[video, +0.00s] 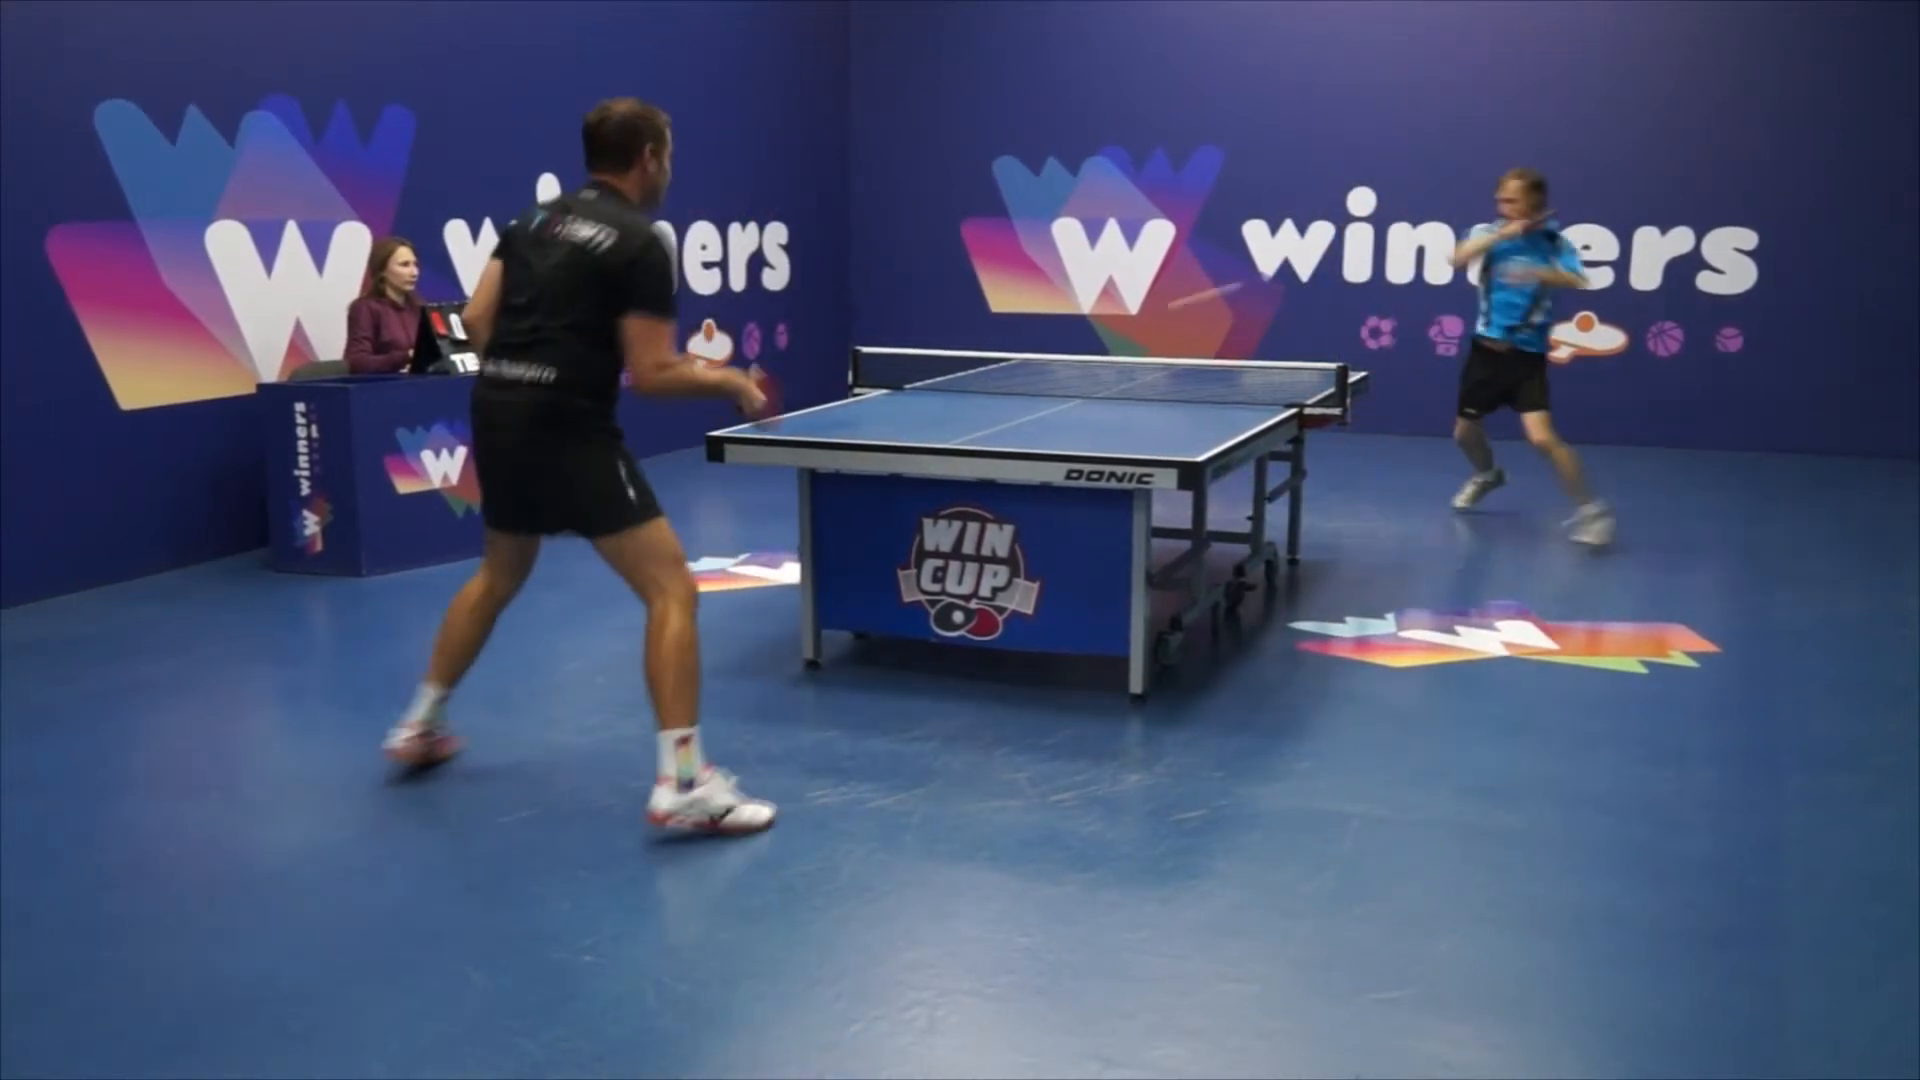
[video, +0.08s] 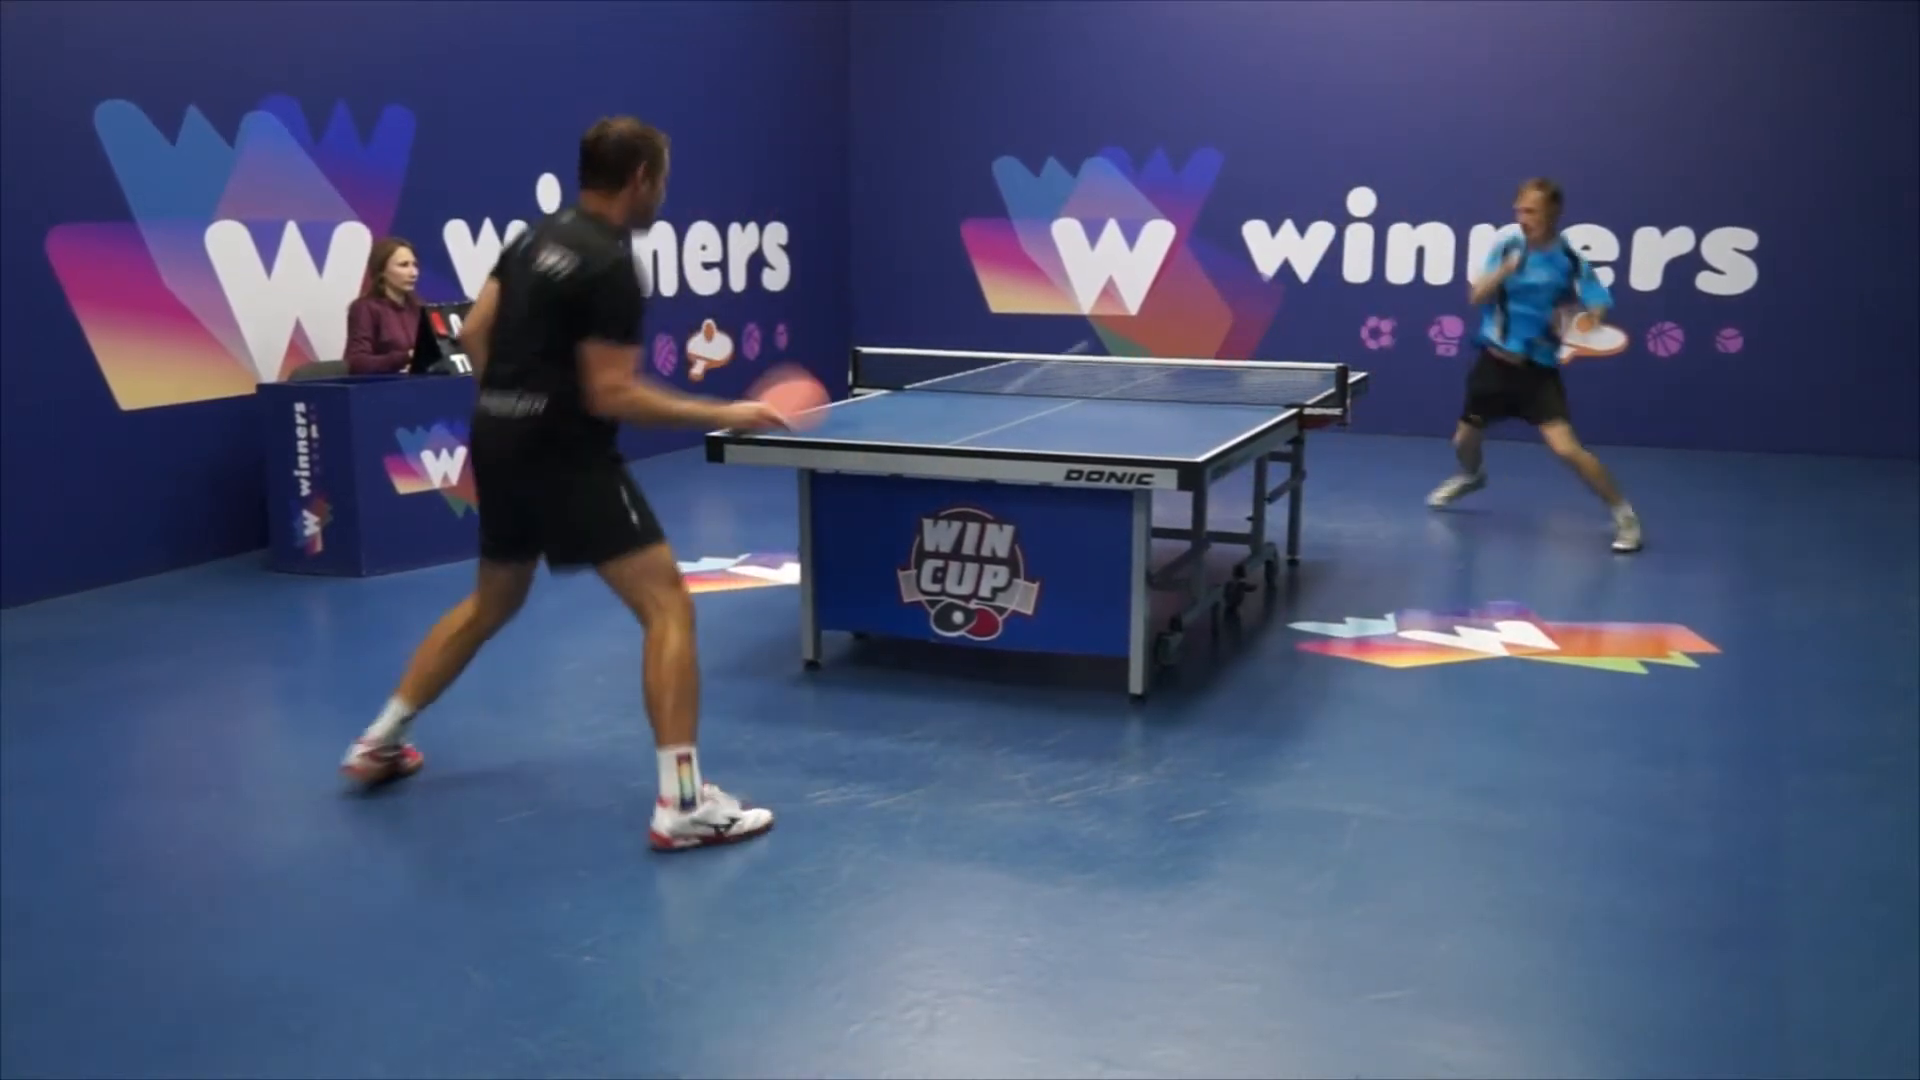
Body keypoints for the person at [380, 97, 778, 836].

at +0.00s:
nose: (669, 170)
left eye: (665, 157)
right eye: (666, 158)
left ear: (595, 158)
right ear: (648, 161)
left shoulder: (535, 220)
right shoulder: (642, 242)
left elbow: (479, 319)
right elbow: (651, 371)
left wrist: (536, 357)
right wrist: (733, 380)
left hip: (498, 422)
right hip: (573, 431)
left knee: (499, 573)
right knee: (671, 589)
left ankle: (419, 721)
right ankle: (682, 779)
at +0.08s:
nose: (662, 192)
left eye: (661, 180)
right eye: (660, 180)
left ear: (590, 175)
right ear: (636, 182)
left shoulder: (535, 238)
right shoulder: (610, 263)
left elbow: (476, 331)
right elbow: (610, 391)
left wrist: (508, 404)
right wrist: (724, 414)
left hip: (498, 448)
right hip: (571, 454)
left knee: (492, 603)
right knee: (667, 607)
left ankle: (379, 738)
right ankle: (682, 799)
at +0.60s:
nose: (536, 190)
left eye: (532, 179)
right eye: (533, 180)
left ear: (456, 188)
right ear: (516, 188)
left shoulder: (405, 270)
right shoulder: (543, 284)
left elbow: (387, 388)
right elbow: (593, 390)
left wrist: (453, 381)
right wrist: (609, 326)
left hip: (422, 478)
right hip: (508, 482)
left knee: (409, 600)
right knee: (618, 625)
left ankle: (344, 744)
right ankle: (624, 797)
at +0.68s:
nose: (556, 191)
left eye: (551, 179)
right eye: (552, 181)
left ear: (479, 193)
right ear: (538, 193)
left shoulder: (428, 270)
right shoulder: (563, 286)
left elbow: (384, 384)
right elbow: (599, 405)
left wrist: (432, 415)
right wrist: (617, 347)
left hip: (433, 484)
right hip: (520, 491)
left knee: (415, 603)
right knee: (627, 631)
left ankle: (344, 745)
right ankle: (629, 803)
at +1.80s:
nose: (928, 249)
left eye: (928, 236)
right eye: (929, 237)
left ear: (861, 218)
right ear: (909, 235)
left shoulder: (797, 260)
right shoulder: (868, 321)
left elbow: (714, 292)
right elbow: (907, 447)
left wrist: (658, 305)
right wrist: (1027, 439)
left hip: (705, 470)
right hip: (771, 504)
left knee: (746, 552)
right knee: (856, 677)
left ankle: (672, 691)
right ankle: (765, 855)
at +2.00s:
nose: (931, 212)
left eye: (924, 201)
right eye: (930, 203)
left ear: (854, 206)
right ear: (918, 209)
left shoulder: (804, 271)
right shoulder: (947, 291)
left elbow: (719, 349)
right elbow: (1000, 340)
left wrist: (691, 370)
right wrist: (1030, 319)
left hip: (785, 469)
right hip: (856, 477)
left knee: (858, 576)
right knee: (866, 671)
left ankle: (859, 708)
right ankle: (761, 803)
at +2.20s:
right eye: (937, 194)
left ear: (868, 202)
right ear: (937, 202)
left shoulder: (840, 269)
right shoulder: (968, 274)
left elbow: (794, 371)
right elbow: (947, 354)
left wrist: (758, 446)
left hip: (850, 450)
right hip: (930, 455)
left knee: (869, 565)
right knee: (960, 621)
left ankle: (867, 712)